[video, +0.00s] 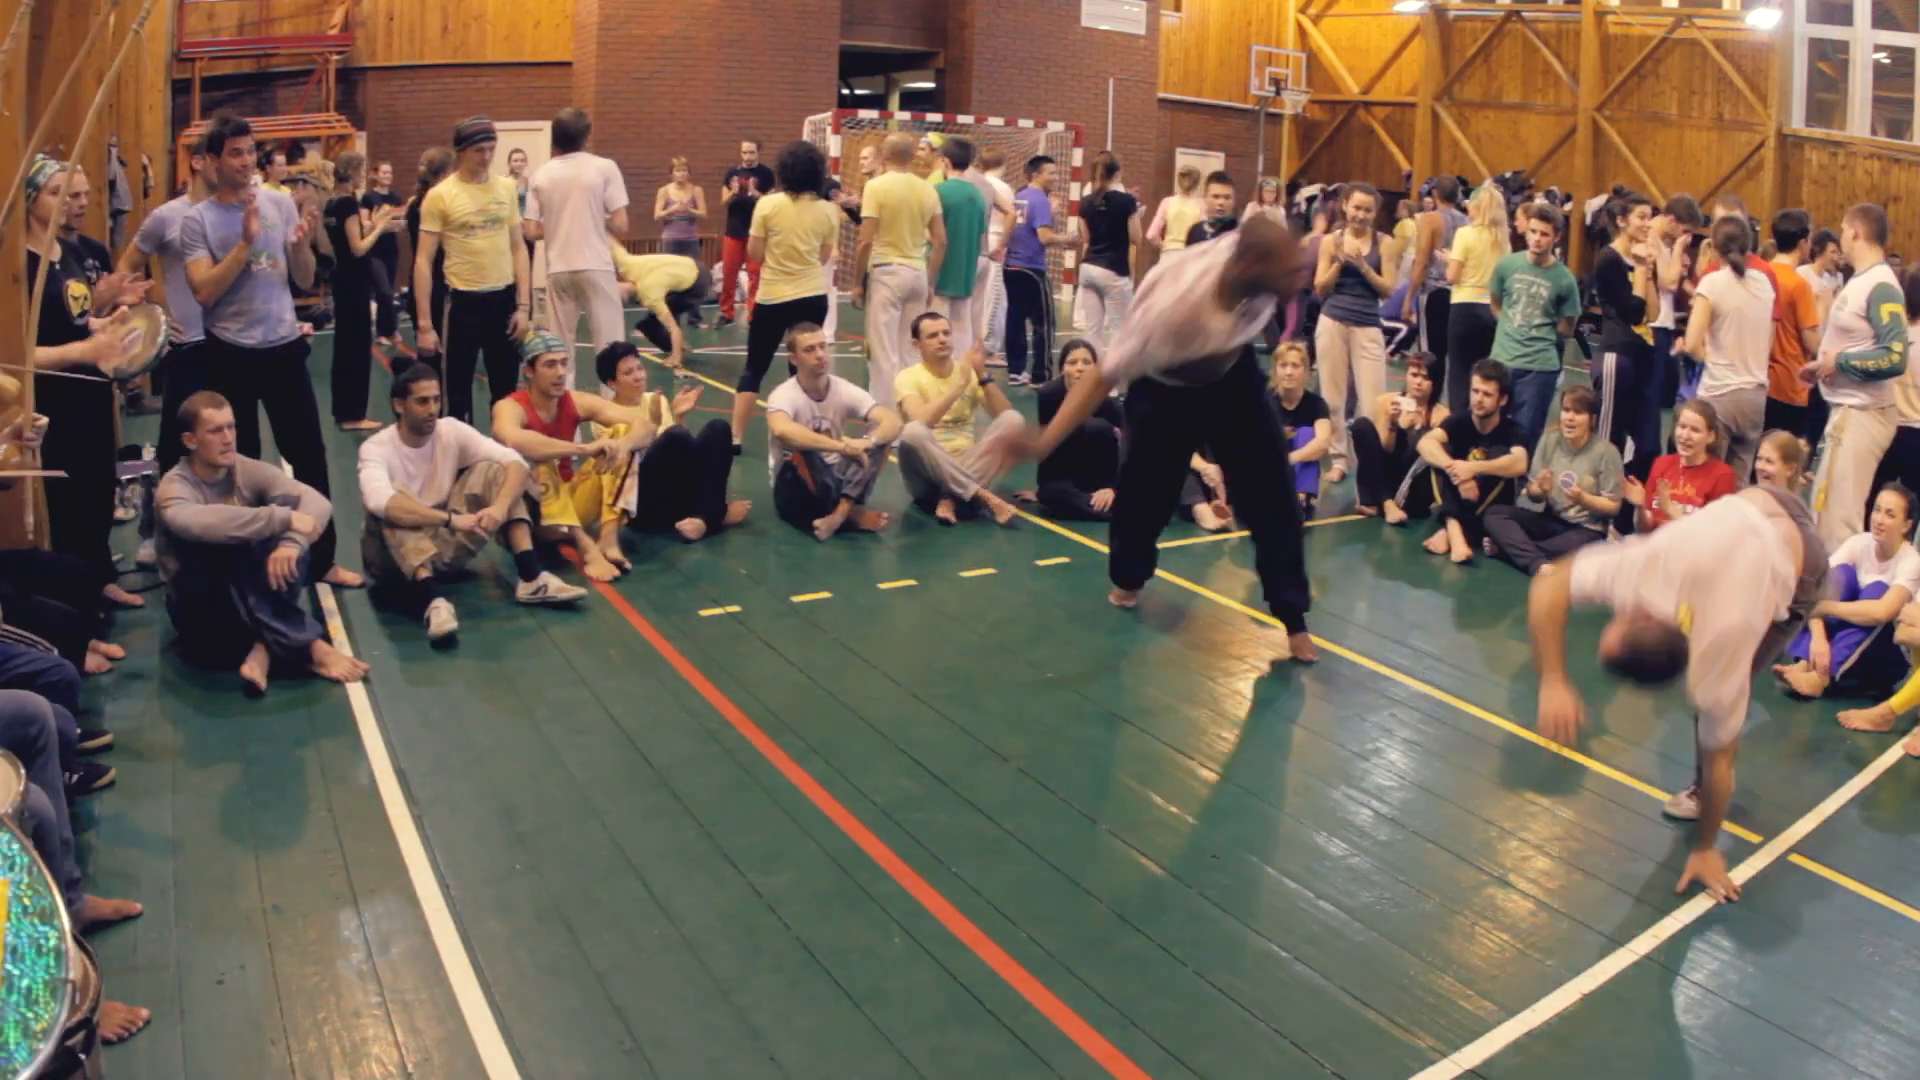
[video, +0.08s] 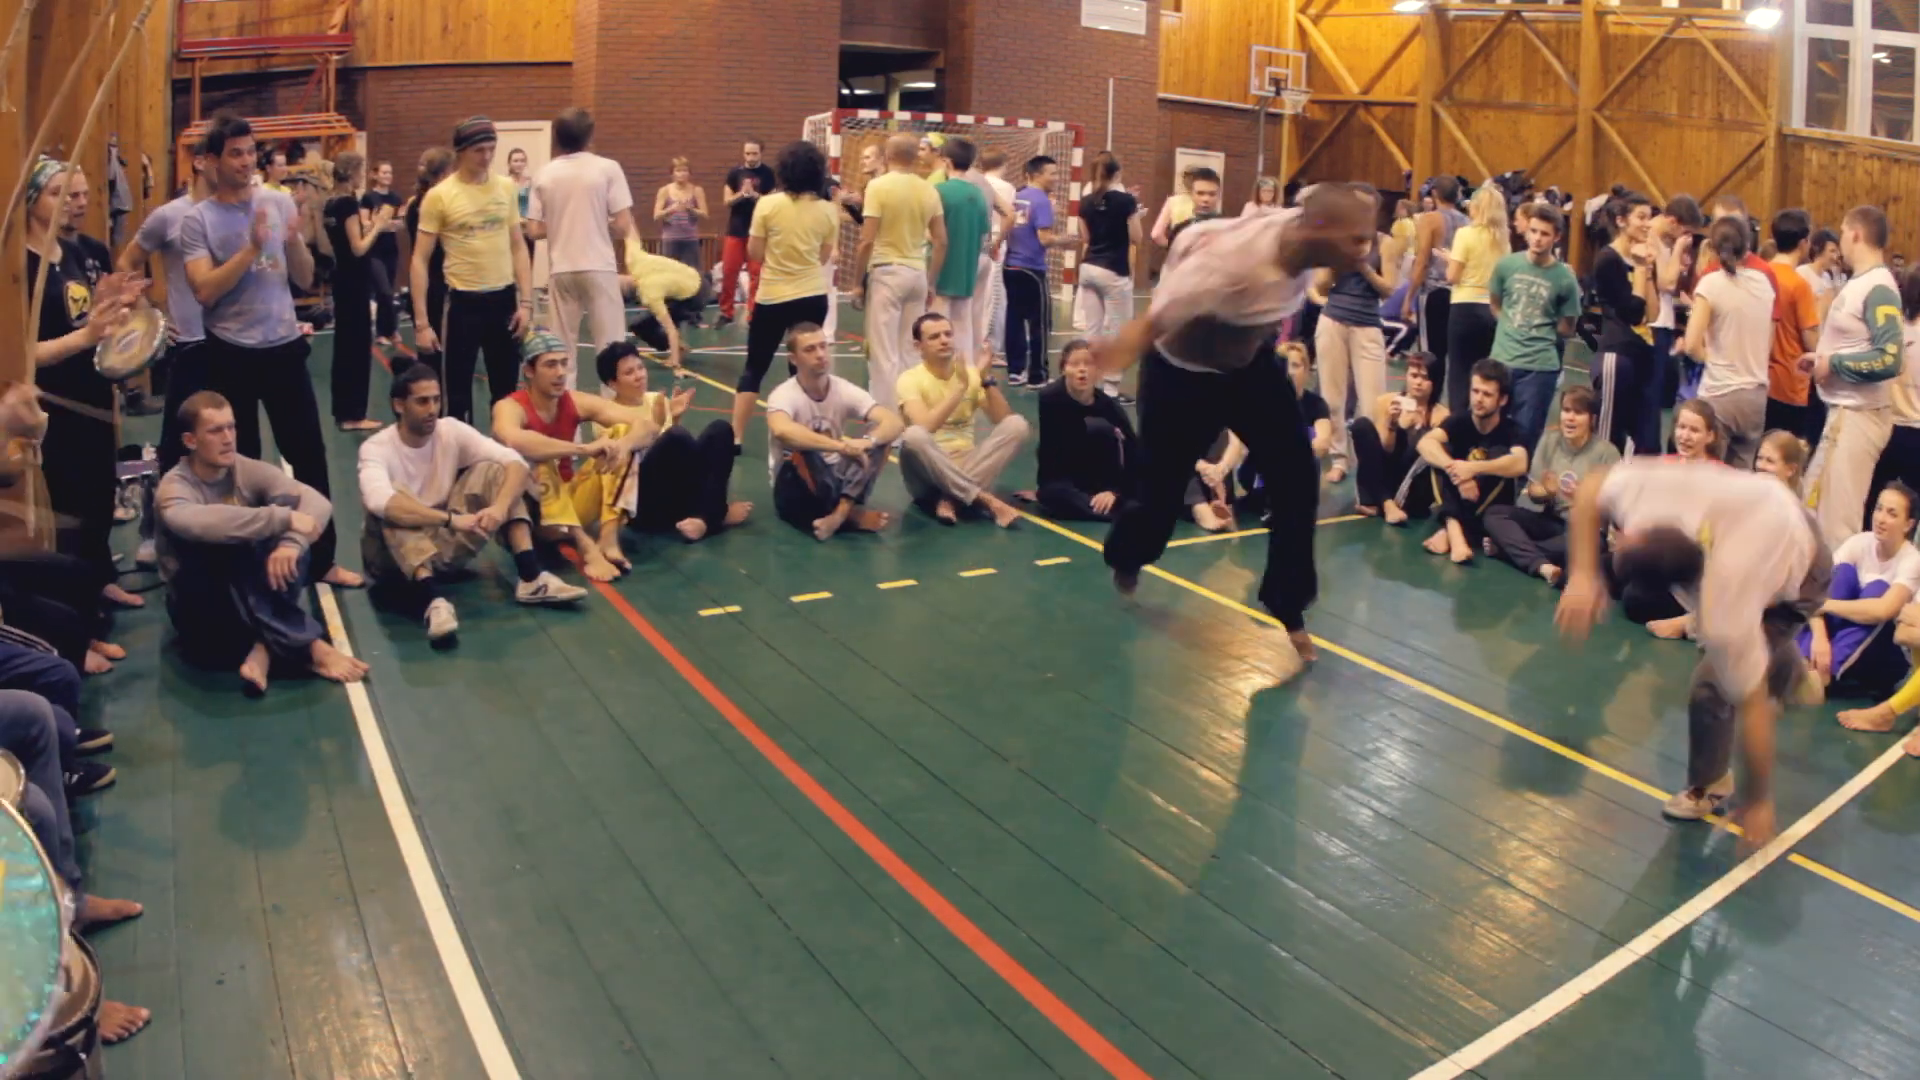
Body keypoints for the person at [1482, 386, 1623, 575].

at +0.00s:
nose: (1570, 418)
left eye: (1578, 413)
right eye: (1566, 411)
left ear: (1592, 419)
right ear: (1560, 413)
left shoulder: (1607, 453)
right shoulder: (1549, 440)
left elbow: (1613, 507)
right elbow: (1531, 491)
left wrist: (1583, 499)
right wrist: (1540, 490)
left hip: (1584, 528)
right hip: (1548, 518)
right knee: (1494, 514)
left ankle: (1509, 552)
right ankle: (1538, 565)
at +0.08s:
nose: (1570, 418)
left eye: (1578, 412)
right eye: (1566, 411)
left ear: (1592, 418)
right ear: (1559, 414)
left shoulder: (1607, 453)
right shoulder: (1549, 440)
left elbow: (1609, 505)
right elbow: (1532, 490)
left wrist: (1582, 498)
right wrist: (1546, 491)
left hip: (1580, 529)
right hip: (1545, 520)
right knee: (1494, 514)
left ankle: (1509, 550)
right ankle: (1540, 566)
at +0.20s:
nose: (1571, 419)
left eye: (1579, 413)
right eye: (1567, 411)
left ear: (1591, 418)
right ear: (1559, 414)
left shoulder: (1606, 453)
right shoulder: (1549, 441)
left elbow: (1610, 506)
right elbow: (1533, 491)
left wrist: (1573, 494)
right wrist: (1551, 492)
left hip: (1583, 529)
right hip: (1546, 519)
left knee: (1580, 546)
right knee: (1494, 514)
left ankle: (1508, 550)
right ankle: (1539, 566)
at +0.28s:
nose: (1572, 419)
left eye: (1579, 413)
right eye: (1567, 411)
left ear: (1591, 418)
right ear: (1560, 414)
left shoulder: (1606, 453)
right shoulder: (1549, 440)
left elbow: (1612, 506)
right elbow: (1530, 491)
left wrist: (1580, 497)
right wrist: (1543, 488)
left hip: (1584, 530)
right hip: (1548, 520)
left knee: (1577, 547)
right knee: (1494, 514)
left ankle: (1508, 550)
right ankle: (1539, 566)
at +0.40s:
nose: (1573, 419)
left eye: (1580, 413)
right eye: (1568, 412)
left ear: (1592, 418)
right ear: (1560, 415)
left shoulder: (1606, 453)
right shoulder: (1549, 441)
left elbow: (1610, 506)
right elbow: (1533, 491)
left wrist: (1574, 493)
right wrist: (1555, 491)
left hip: (1584, 529)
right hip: (1547, 520)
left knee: (1578, 546)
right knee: (1494, 514)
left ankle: (1508, 550)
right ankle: (1539, 566)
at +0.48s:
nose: (1573, 420)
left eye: (1581, 414)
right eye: (1569, 412)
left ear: (1592, 419)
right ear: (1560, 414)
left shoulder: (1606, 453)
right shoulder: (1549, 440)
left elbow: (1610, 506)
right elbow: (1532, 490)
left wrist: (1574, 493)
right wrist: (1554, 492)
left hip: (1583, 527)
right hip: (1546, 516)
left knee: (1580, 546)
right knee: (1494, 514)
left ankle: (1507, 550)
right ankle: (1540, 566)